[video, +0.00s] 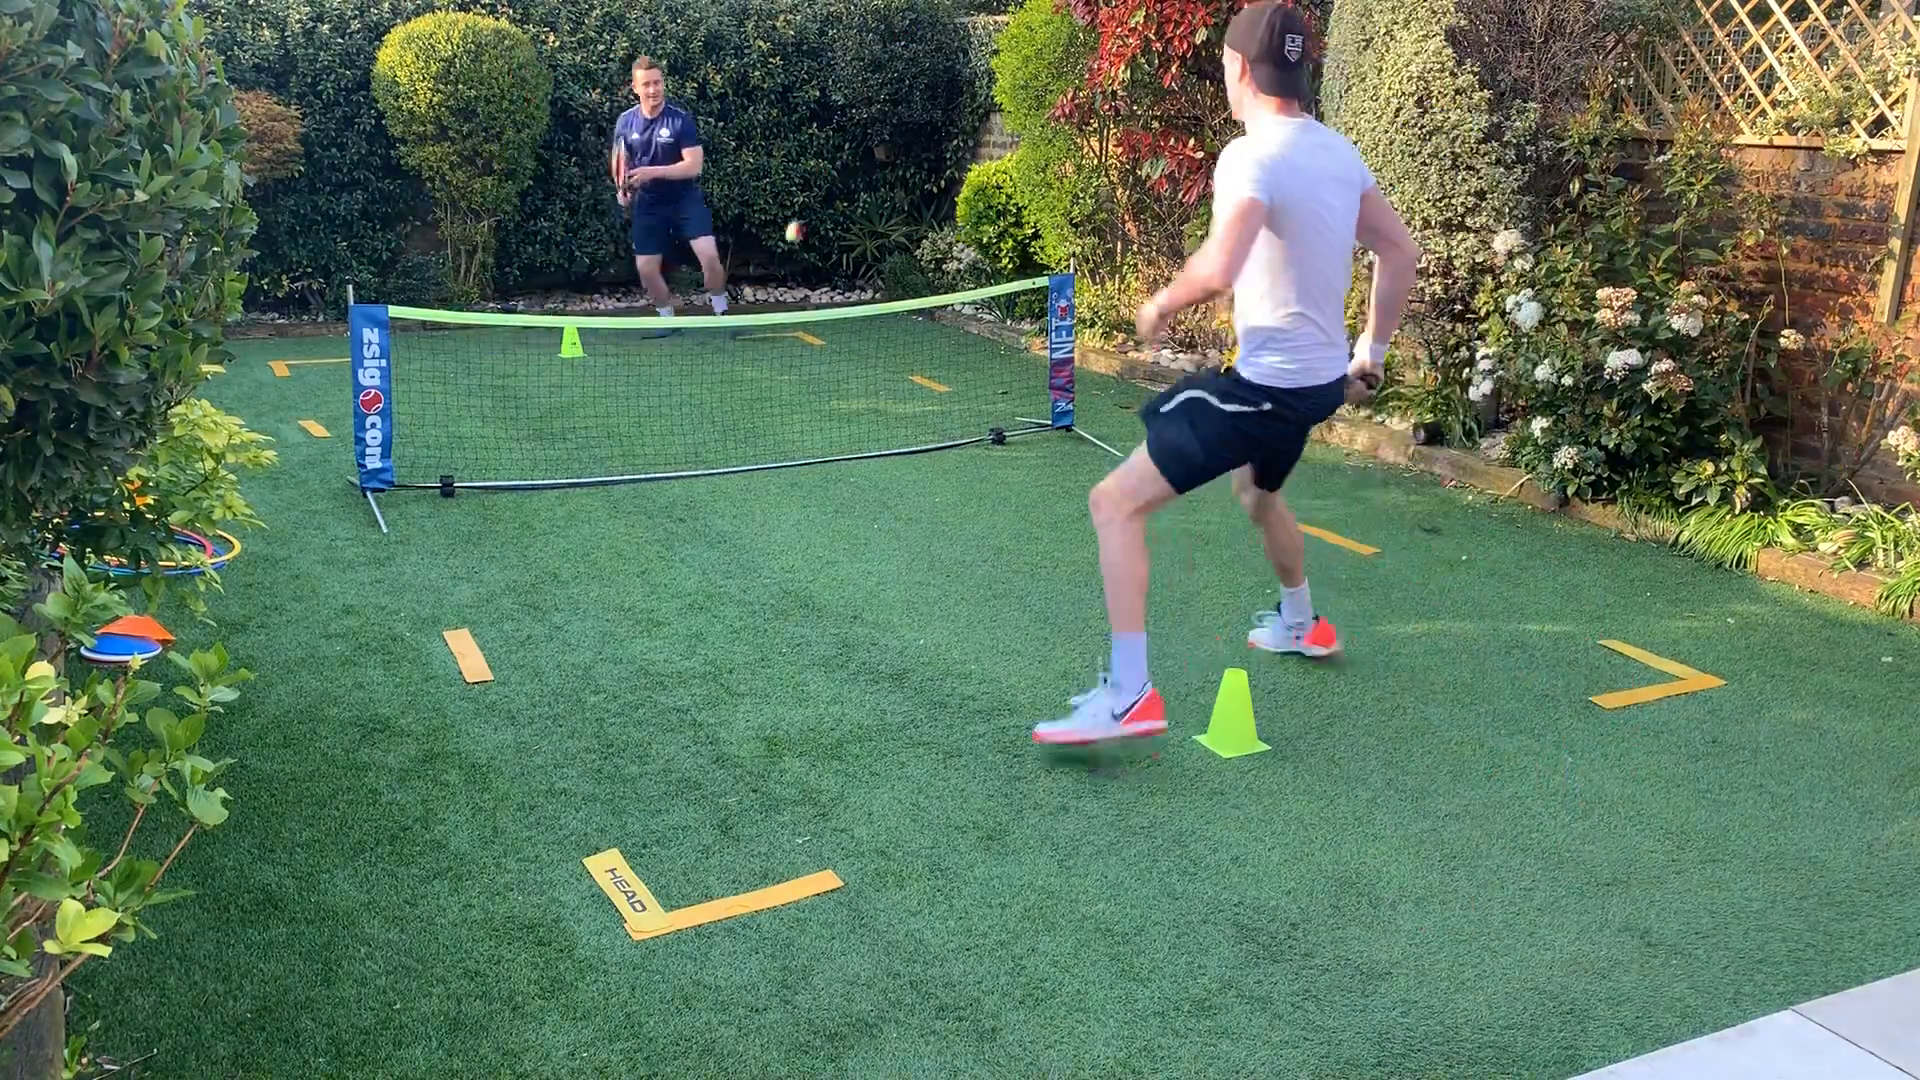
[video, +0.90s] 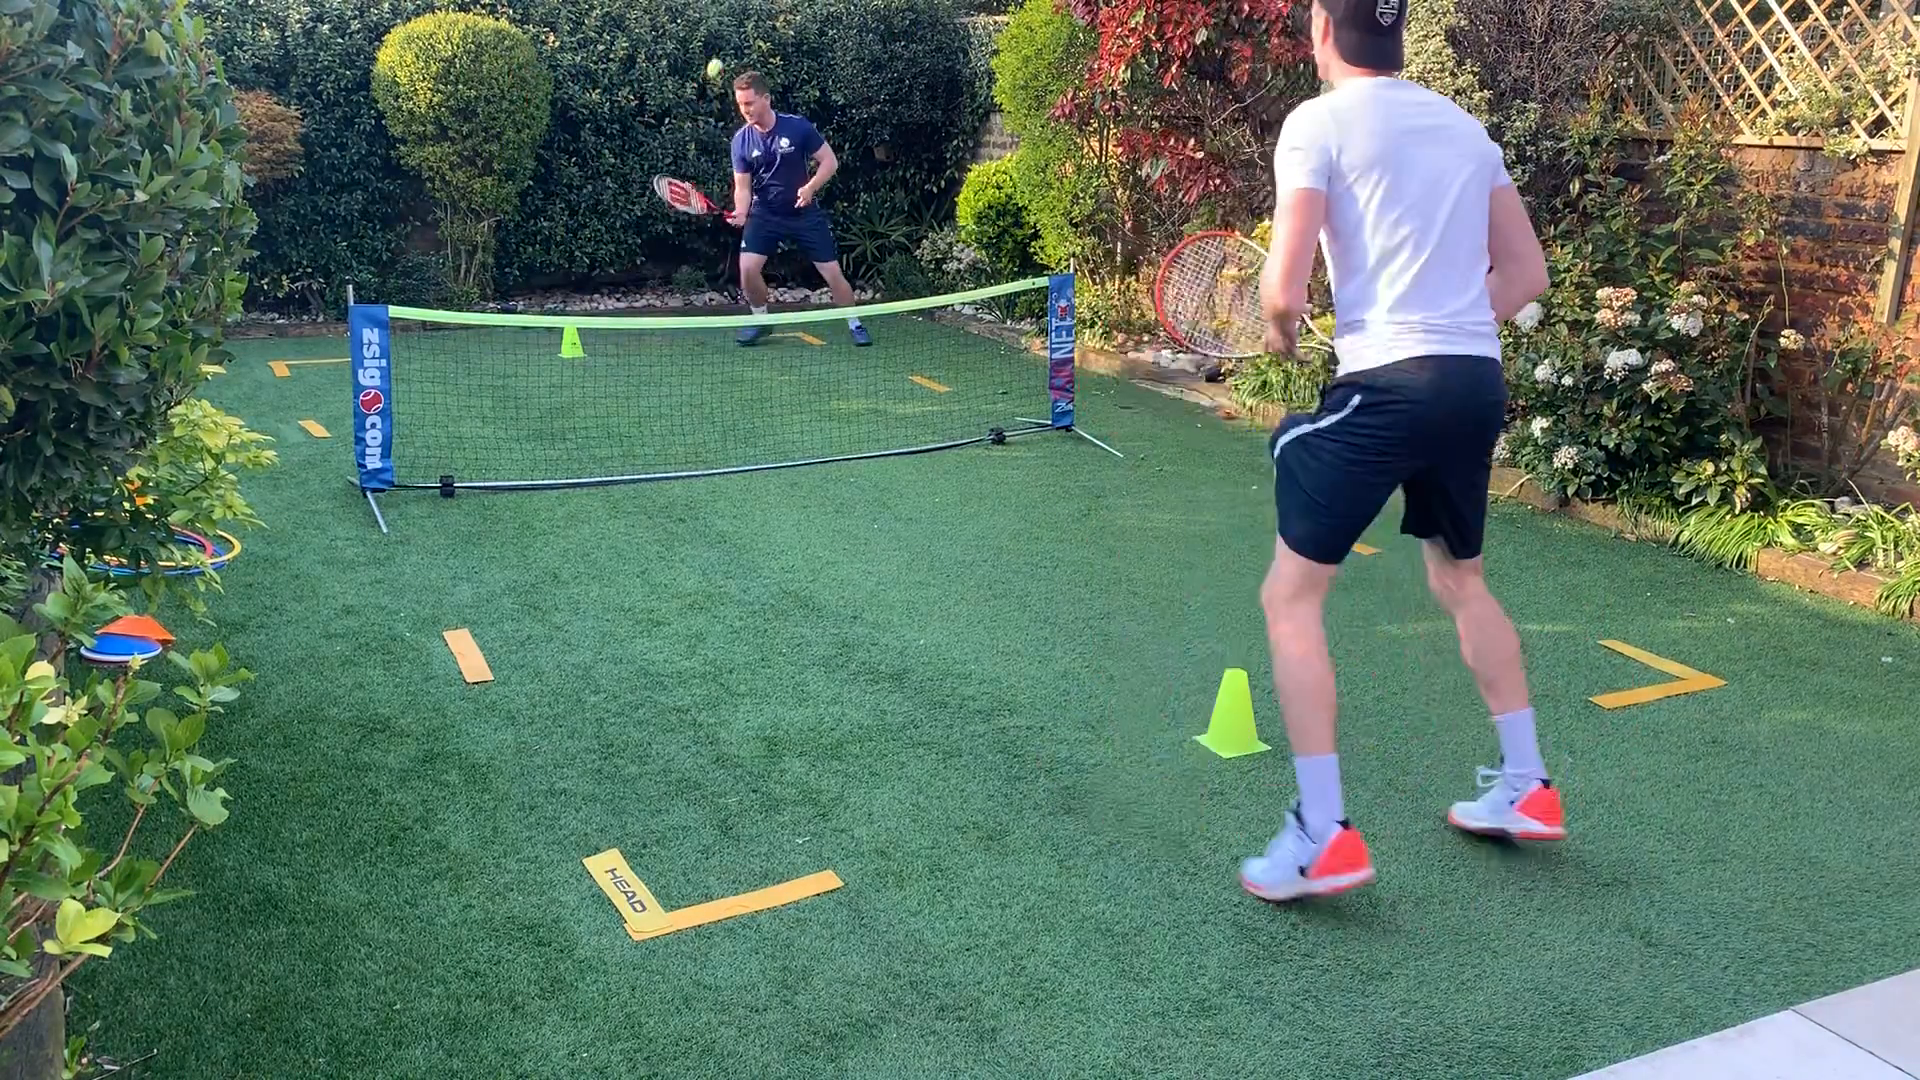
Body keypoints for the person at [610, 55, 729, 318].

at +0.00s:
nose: (653, 89)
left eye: (657, 83)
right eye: (646, 84)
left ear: (663, 84)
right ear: (635, 88)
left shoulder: (681, 120)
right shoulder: (625, 122)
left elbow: (694, 166)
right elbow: (619, 162)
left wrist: (652, 172)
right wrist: (622, 186)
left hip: (685, 198)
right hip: (647, 203)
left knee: (710, 256)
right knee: (646, 269)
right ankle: (668, 320)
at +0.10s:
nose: (670, 95)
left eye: (674, 88)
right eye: (663, 90)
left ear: (683, 89)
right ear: (654, 94)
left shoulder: (700, 126)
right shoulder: (648, 129)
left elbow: (715, 172)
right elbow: (644, 171)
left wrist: (675, 182)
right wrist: (638, 204)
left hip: (705, 206)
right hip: (667, 208)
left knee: (733, 264)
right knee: (656, 271)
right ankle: (669, 321)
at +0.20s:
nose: (686, 98)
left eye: (691, 91)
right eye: (680, 93)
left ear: (700, 89)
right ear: (672, 96)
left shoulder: (723, 124)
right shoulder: (672, 131)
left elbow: (743, 166)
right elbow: (667, 174)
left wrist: (704, 181)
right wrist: (654, 201)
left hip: (733, 209)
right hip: (696, 210)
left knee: (754, 270)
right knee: (677, 265)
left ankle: (784, 325)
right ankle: (675, 322)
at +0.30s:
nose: (697, 96)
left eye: (702, 89)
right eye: (691, 91)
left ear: (711, 87)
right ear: (684, 93)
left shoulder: (737, 117)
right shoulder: (688, 128)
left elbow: (765, 153)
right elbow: (687, 173)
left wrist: (732, 177)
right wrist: (667, 202)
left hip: (753, 203)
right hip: (717, 206)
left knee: (768, 263)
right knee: (703, 257)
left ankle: (787, 324)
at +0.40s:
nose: (706, 99)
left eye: (710, 91)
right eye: (699, 94)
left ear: (722, 87)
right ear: (694, 95)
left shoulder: (750, 113)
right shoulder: (698, 129)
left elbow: (782, 148)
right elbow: (701, 177)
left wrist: (756, 176)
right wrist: (684, 212)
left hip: (769, 194)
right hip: (734, 201)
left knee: (785, 254)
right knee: (735, 263)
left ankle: (801, 319)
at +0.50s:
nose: (715, 108)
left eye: (720, 100)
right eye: (709, 102)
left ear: (733, 95)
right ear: (704, 103)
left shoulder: (761, 121)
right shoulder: (712, 142)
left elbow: (798, 150)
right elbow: (719, 190)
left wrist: (778, 181)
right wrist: (706, 227)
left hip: (784, 204)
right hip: (750, 213)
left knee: (806, 257)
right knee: (756, 273)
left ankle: (832, 317)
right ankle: (782, 323)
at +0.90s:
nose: (745, 110)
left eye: (749, 103)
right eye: (740, 104)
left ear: (766, 98)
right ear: (737, 104)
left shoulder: (798, 127)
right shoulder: (740, 141)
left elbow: (830, 162)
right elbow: (742, 186)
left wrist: (810, 187)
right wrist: (741, 212)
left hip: (804, 212)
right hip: (764, 214)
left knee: (831, 271)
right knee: (748, 268)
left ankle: (855, 324)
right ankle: (760, 319)